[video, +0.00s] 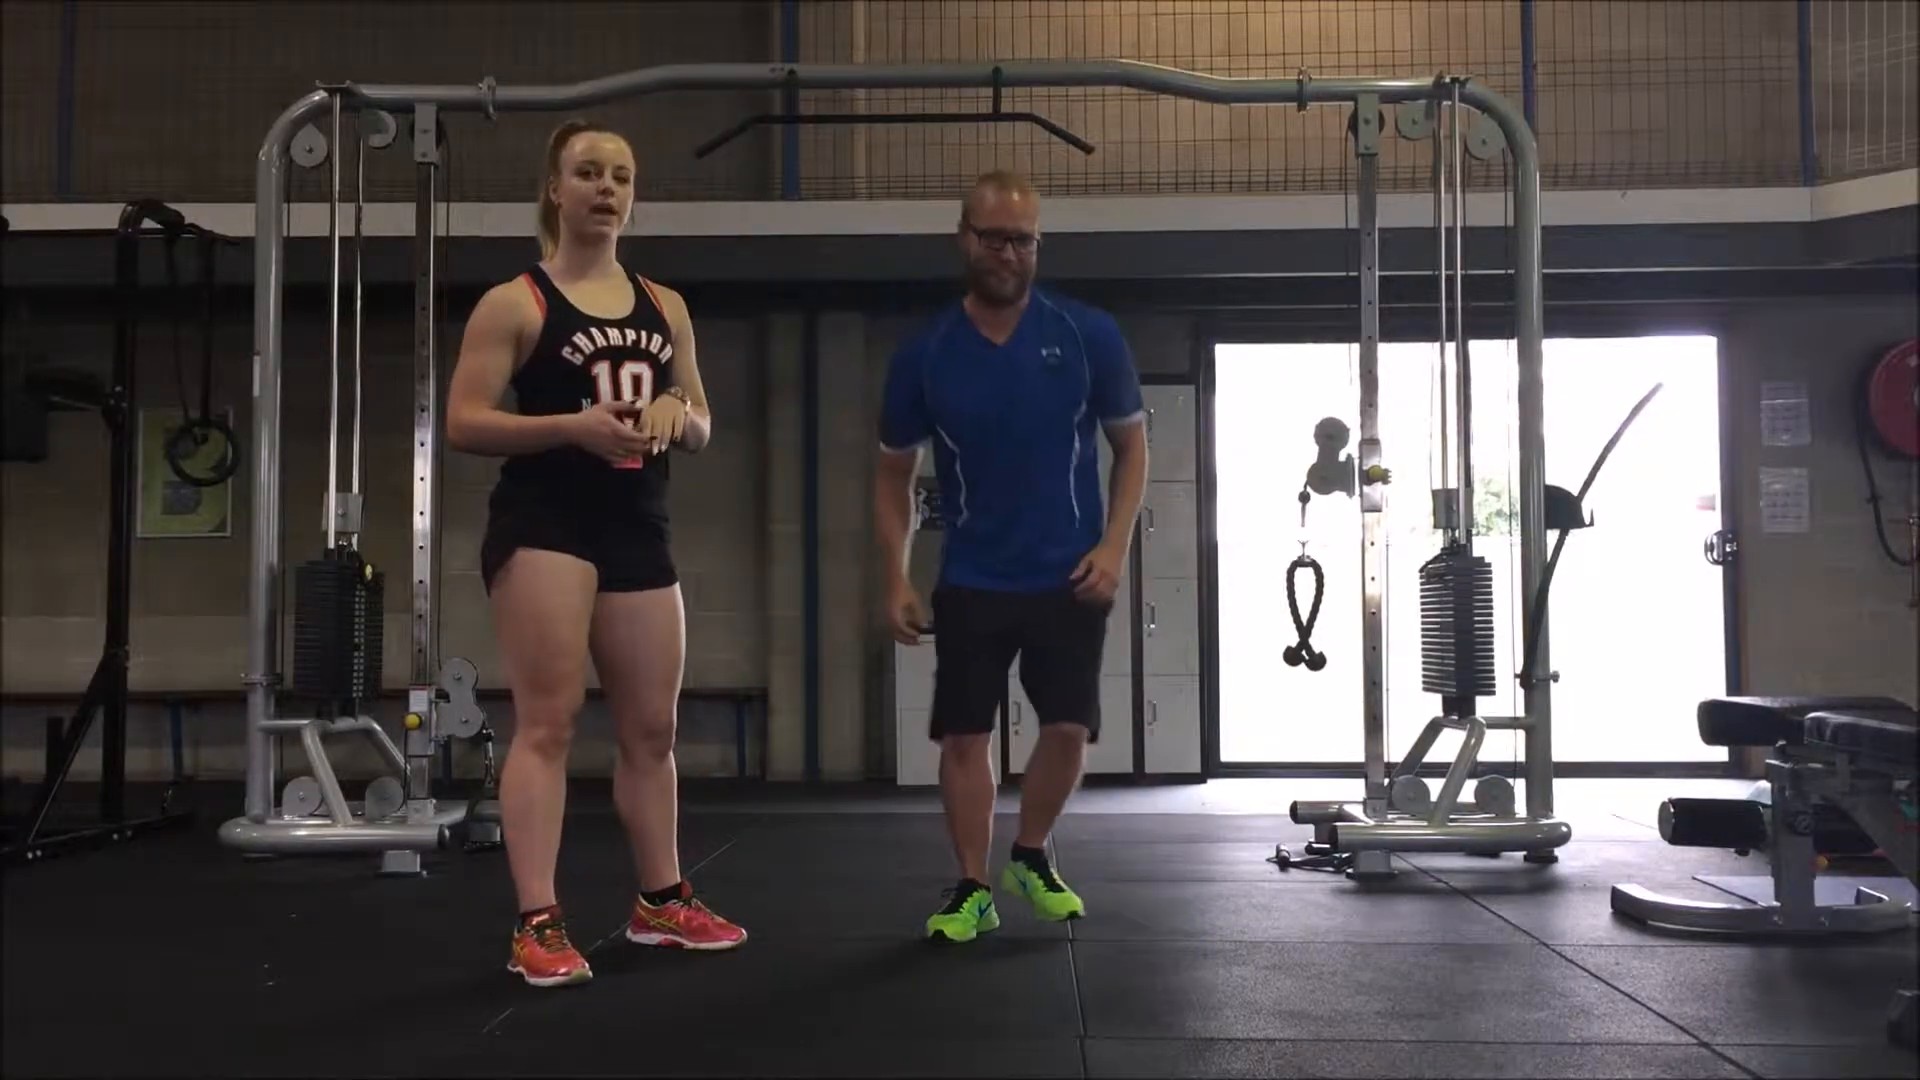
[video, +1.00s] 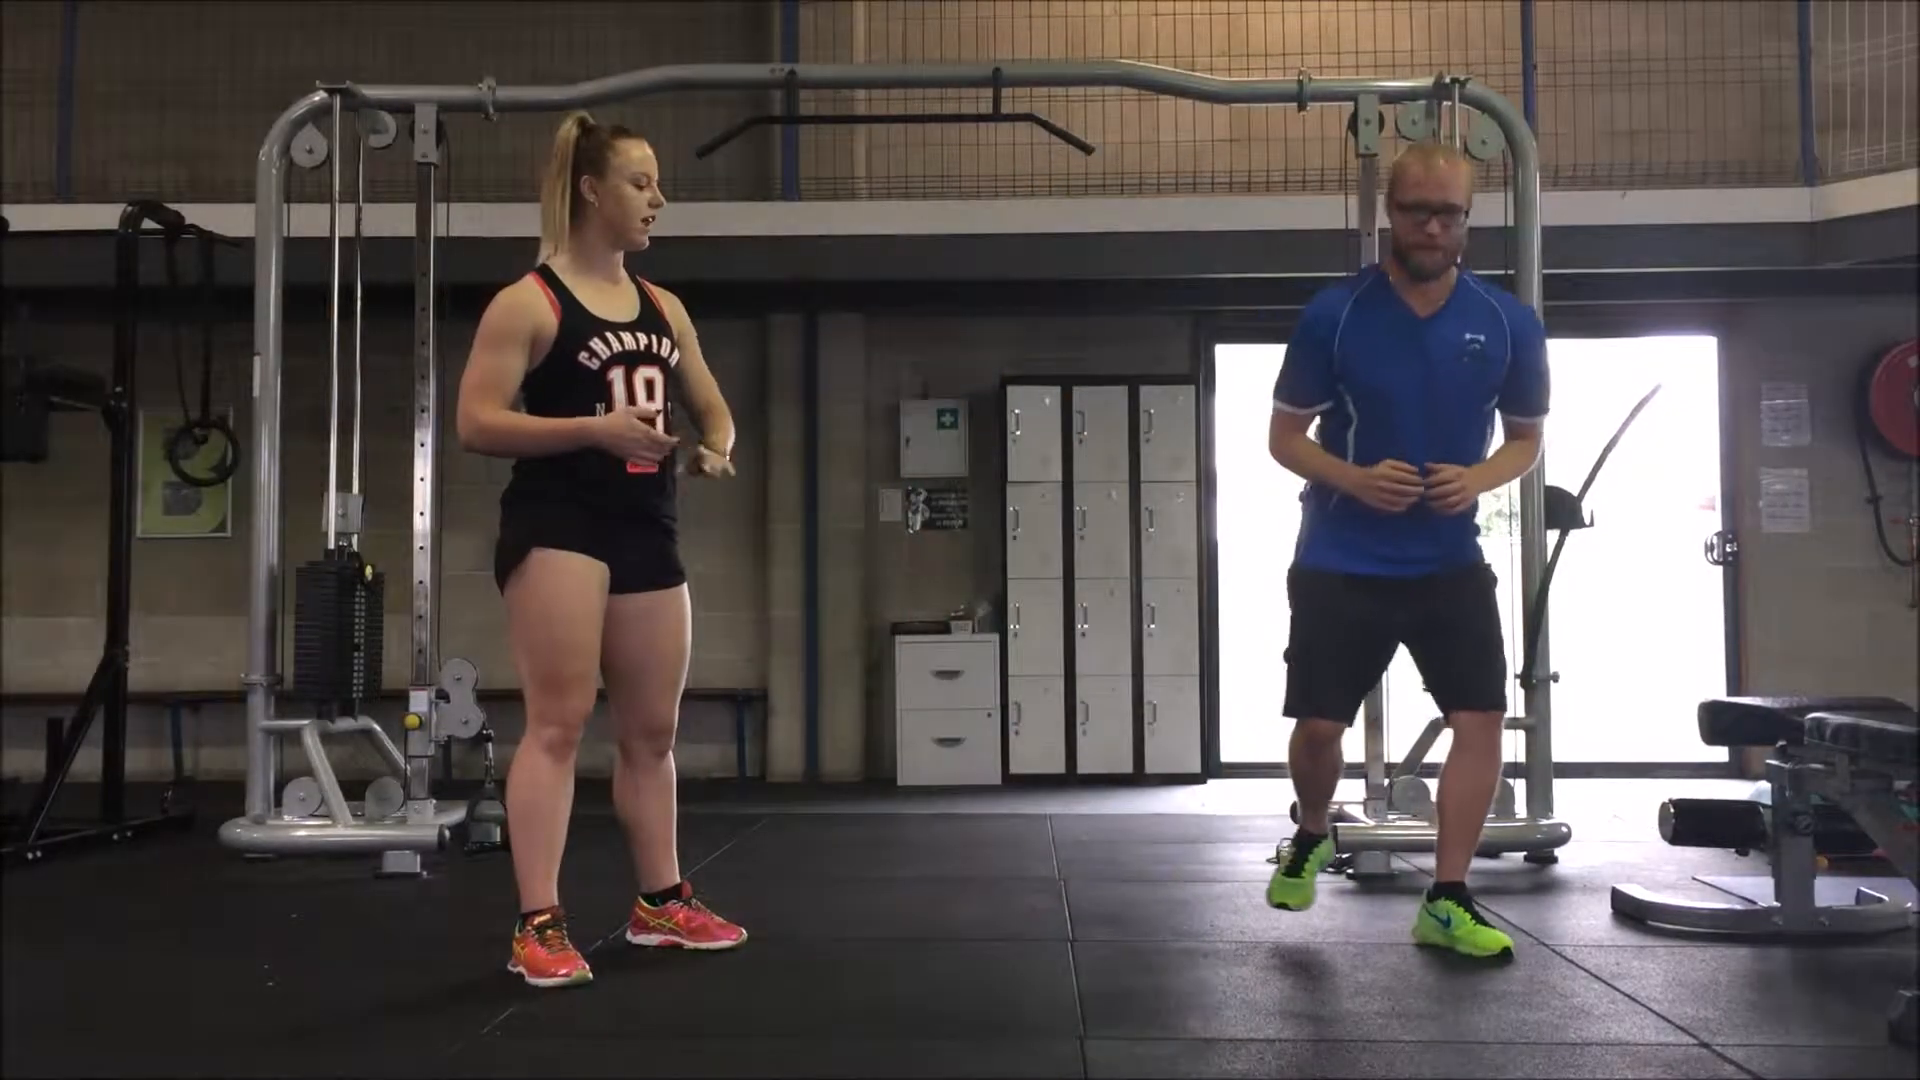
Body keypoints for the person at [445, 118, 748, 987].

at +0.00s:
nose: (605, 188)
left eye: (618, 177)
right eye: (588, 174)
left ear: (633, 198)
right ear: (553, 190)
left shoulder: (663, 306)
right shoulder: (512, 304)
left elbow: (699, 423)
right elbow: (465, 423)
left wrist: (679, 418)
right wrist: (574, 427)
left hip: (639, 533)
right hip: (545, 527)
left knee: (652, 731)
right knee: (546, 722)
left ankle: (662, 900)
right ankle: (537, 923)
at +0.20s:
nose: (619, 191)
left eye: (629, 179)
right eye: (600, 177)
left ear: (638, 197)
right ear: (557, 191)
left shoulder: (664, 305)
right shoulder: (516, 305)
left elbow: (707, 425)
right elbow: (470, 423)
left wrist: (674, 419)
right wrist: (590, 430)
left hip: (640, 536)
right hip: (549, 529)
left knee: (653, 732)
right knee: (550, 724)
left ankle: (663, 902)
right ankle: (538, 924)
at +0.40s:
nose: (634, 192)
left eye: (639, 180)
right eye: (614, 178)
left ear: (642, 196)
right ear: (566, 189)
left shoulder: (663, 308)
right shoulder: (520, 304)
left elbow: (703, 423)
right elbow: (473, 423)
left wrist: (679, 439)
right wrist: (591, 429)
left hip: (643, 536)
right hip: (552, 530)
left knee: (653, 733)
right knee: (552, 725)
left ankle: (663, 901)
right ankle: (539, 925)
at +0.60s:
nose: (649, 199)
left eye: (650, 185)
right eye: (633, 184)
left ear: (621, 198)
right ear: (581, 191)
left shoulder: (661, 309)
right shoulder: (521, 304)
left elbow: (721, 413)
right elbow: (474, 422)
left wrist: (706, 442)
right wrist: (592, 428)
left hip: (643, 534)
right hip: (553, 529)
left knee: (651, 735)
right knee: (552, 725)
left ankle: (662, 902)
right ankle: (538, 925)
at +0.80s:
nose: (652, 200)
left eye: (654, 186)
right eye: (636, 184)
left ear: (624, 198)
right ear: (584, 191)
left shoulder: (660, 307)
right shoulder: (524, 303)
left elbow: (730, 406)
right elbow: (475, 422)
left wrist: (710, 440)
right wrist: (594, 427)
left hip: (645, 534)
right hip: (556, 528)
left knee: (650, 732)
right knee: (554, 725)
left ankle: (662, 902)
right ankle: (539, 924)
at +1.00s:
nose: (655, 200)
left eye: (656, 186)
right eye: (640, 184)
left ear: (622, 199)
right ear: (587, 191)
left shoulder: (662, 306)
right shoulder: (526, 303)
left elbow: (712, 411)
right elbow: (477, 423)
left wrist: (714, 449)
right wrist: (593, 428)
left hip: (648, 536)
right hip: (559, 532)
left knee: (650, 735)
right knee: (555, 726)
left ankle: (662, 903)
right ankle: (539, 925)